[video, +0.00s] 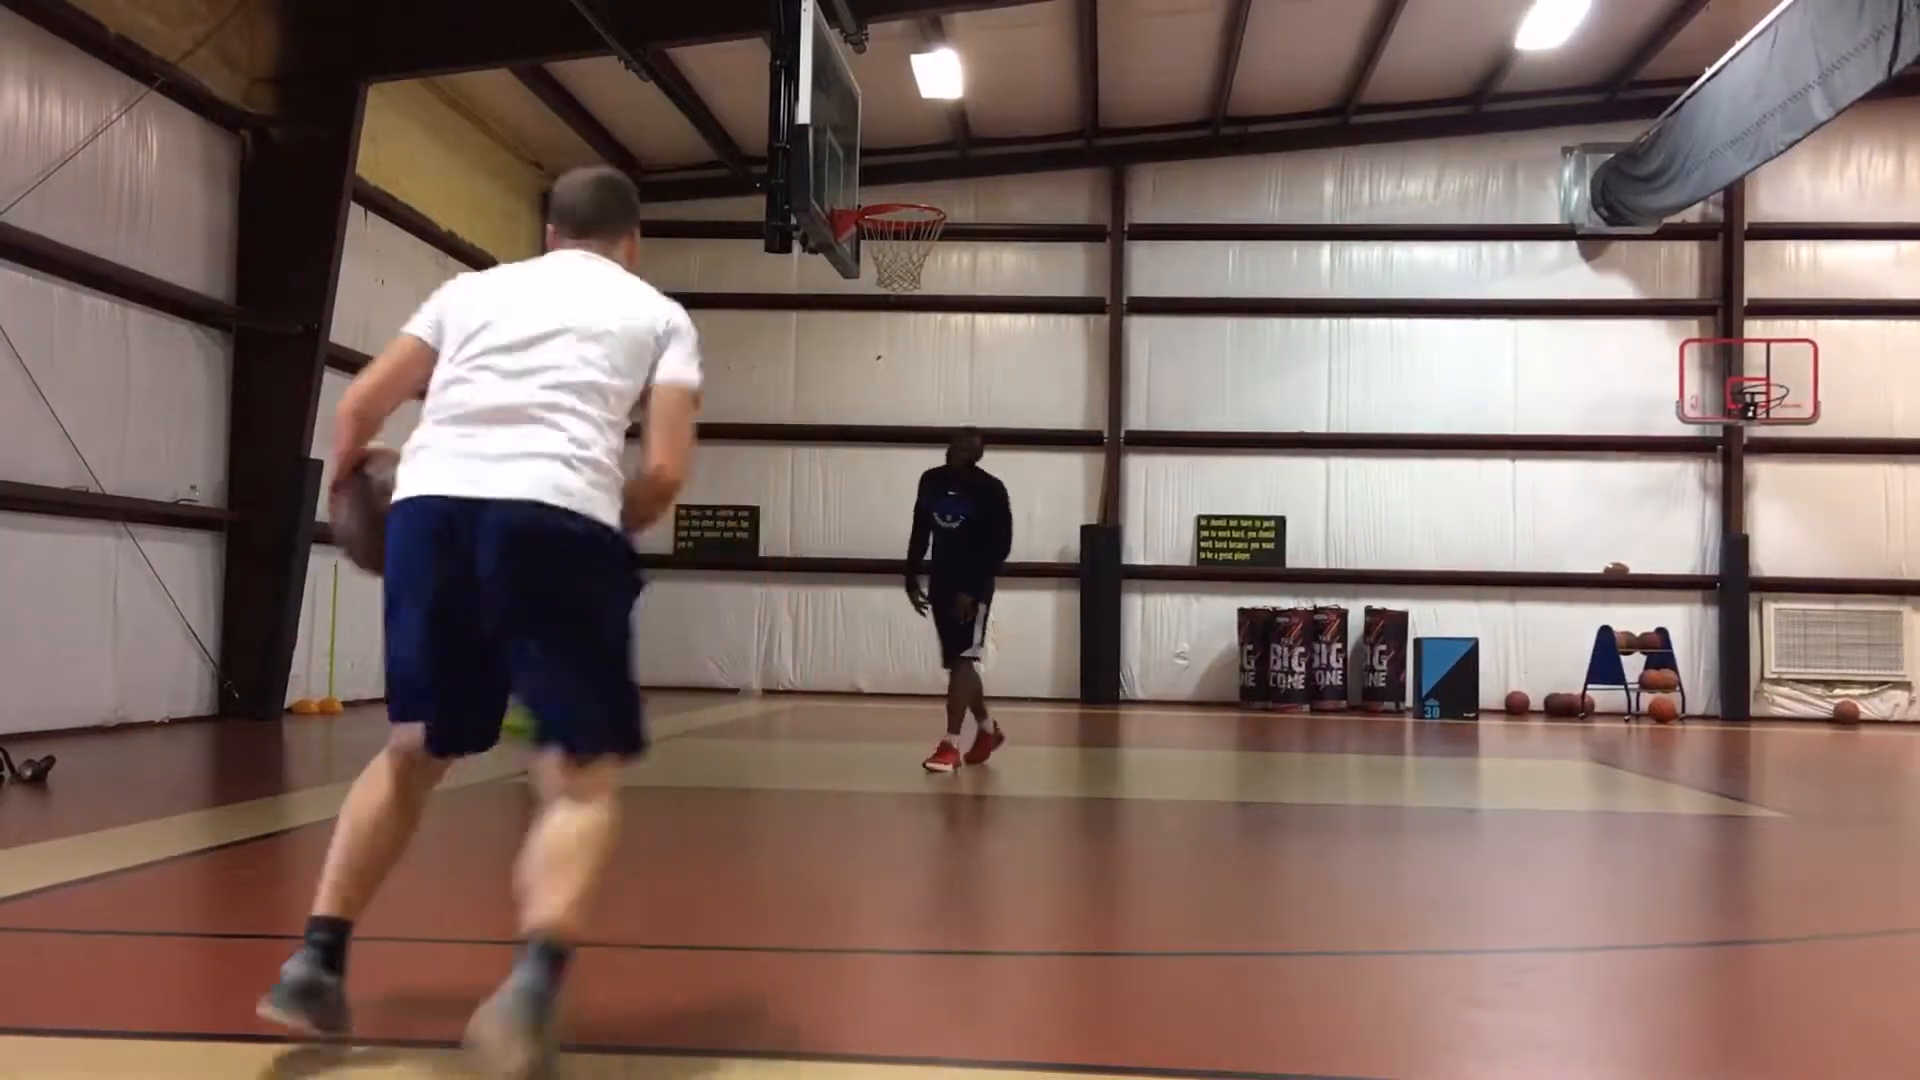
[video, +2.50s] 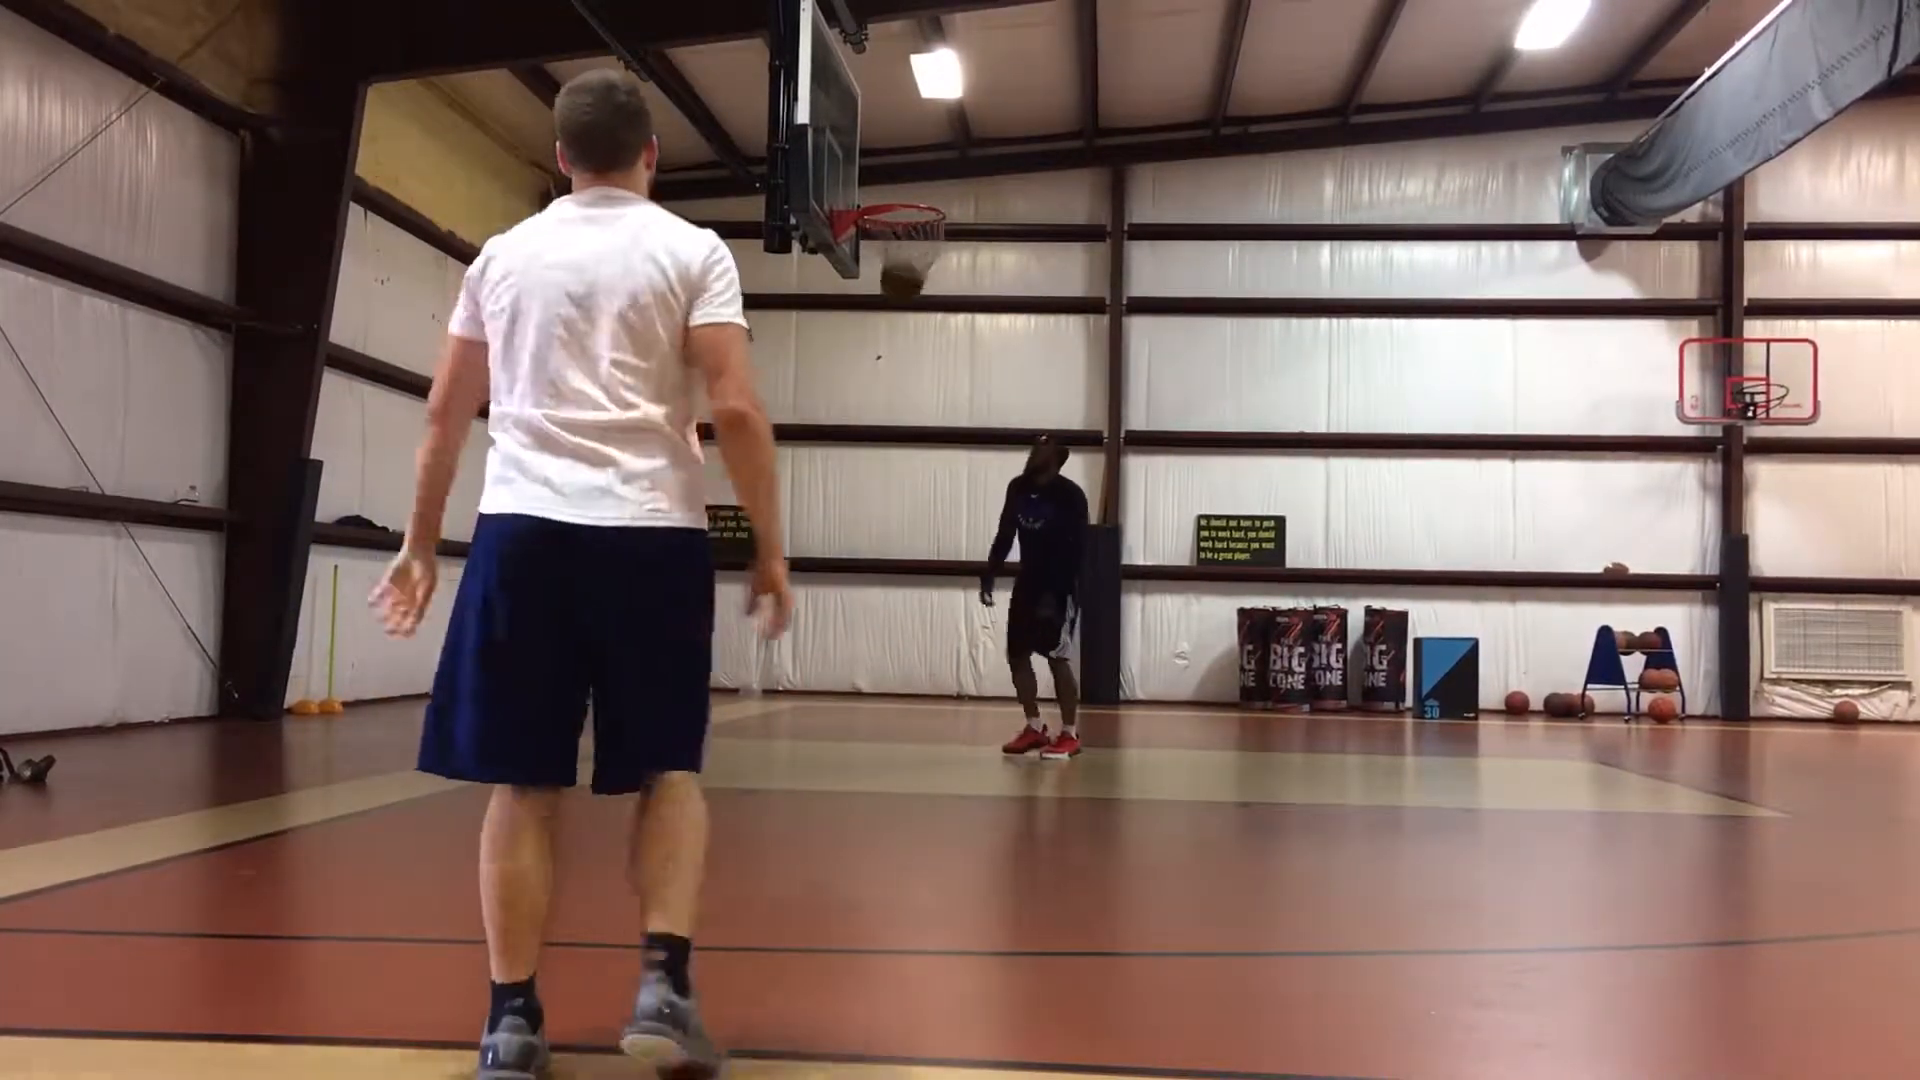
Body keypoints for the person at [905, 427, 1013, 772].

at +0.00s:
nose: (957, 447)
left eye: (965, 443)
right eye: (955, 441)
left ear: (978, 451)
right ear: (949, 446)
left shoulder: (991, 489)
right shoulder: (931, 480)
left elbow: (999, 547)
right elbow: (920, 530)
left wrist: (974, 591)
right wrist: (911, 575)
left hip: (975, 583)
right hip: (941, 579)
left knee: (962, 661)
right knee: (957, 662)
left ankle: (951, 744)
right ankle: (987, 729)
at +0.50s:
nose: (970, 457)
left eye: (976, 451)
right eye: (969, 451)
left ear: (993, 453)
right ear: (969, 453)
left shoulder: (1017, 483)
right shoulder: (965, 492)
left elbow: (1039, 534)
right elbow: (970, 544)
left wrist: (1028, 586)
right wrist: (975, 587)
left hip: (1025, 584)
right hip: (991, 586)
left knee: (1030, 655)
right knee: (992, 661)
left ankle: (1061, 721)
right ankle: (996, 737)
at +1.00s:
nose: (1010, 480)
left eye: (1017, 475)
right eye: (1008, 474)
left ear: (1032, 479)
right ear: (1004, 475)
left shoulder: (1048, 505)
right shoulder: (1000, 504)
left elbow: (1069, 556)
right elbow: (1006, 557)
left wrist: (1065, 605)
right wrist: (1015, 602)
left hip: (1064, 586)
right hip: (1034, 587)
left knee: (1065, 659)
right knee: (1023, 655)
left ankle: (1069, 733)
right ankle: (1033, 730)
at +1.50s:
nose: (1000, 515)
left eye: (1005, 510)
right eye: (999, 510)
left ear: (1023, 511)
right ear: (999, 510)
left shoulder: (1043, 533)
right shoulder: (998, 532)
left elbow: (1069, 581)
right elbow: (1014, 581)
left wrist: (1061, 626)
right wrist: (1029, 620)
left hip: (1078, 592)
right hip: (1051, 592)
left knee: (1065, 660)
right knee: (1035, 656)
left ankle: (1070, 735)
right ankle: (1036, 733)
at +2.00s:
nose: (1004, 501)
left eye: (1012, 497)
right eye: (1007, 496)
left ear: (1029, 507)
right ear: (1012, 501)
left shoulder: (1047, 530)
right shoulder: (1003, 527)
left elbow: (1060, 582)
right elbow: (1013, 577)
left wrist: (1050, 629)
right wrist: (1024, 621)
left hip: (1079, 593)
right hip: (1048, 591)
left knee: (1058, 658)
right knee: (1030, 656)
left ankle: (1069, 735)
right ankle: (1035, 734)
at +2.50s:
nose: (1034, 450)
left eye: (1043, 446)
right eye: (1035, 445)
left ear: (1057, 457)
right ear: (1033, 452)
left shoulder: (1071, 494)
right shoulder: (1019, 488)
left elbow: (1076, 549)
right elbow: (1006, 533)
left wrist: (1065, 591)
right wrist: (990, 574)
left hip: (1061, 585)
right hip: (1028, 582)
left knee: (1058, 658)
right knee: (1017, 655)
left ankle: (1069, 734)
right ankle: (1034, 727)